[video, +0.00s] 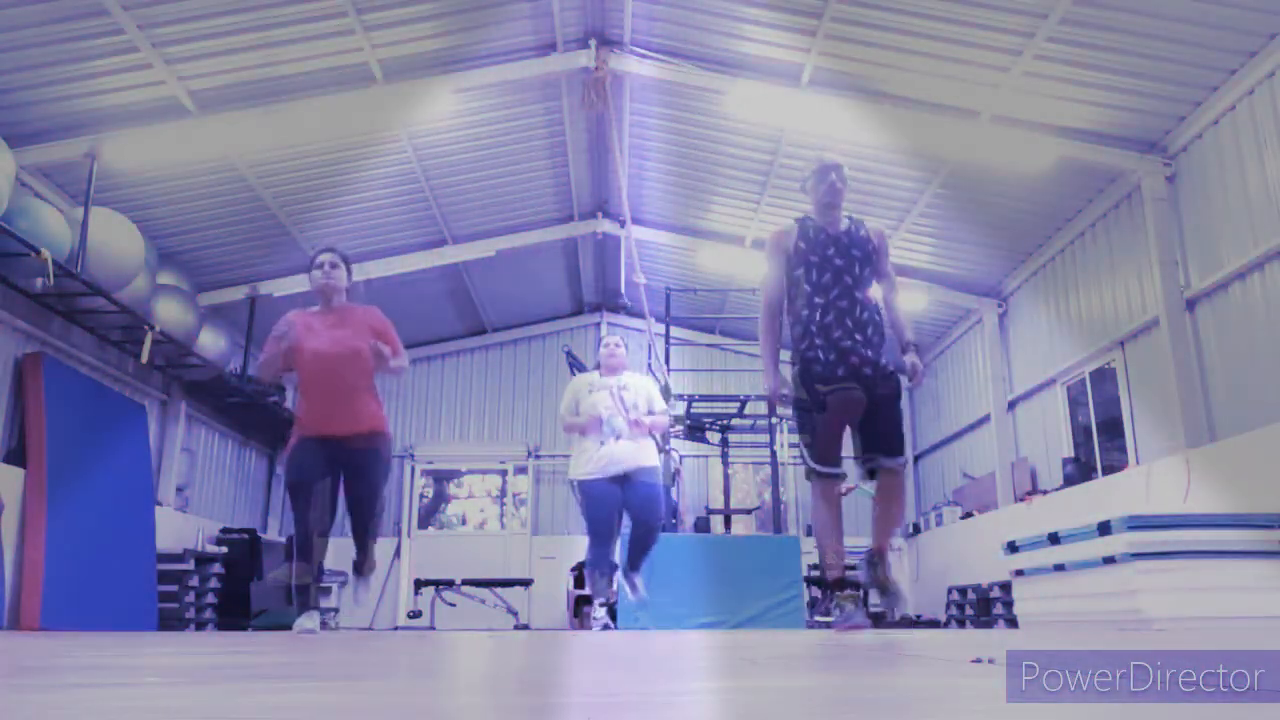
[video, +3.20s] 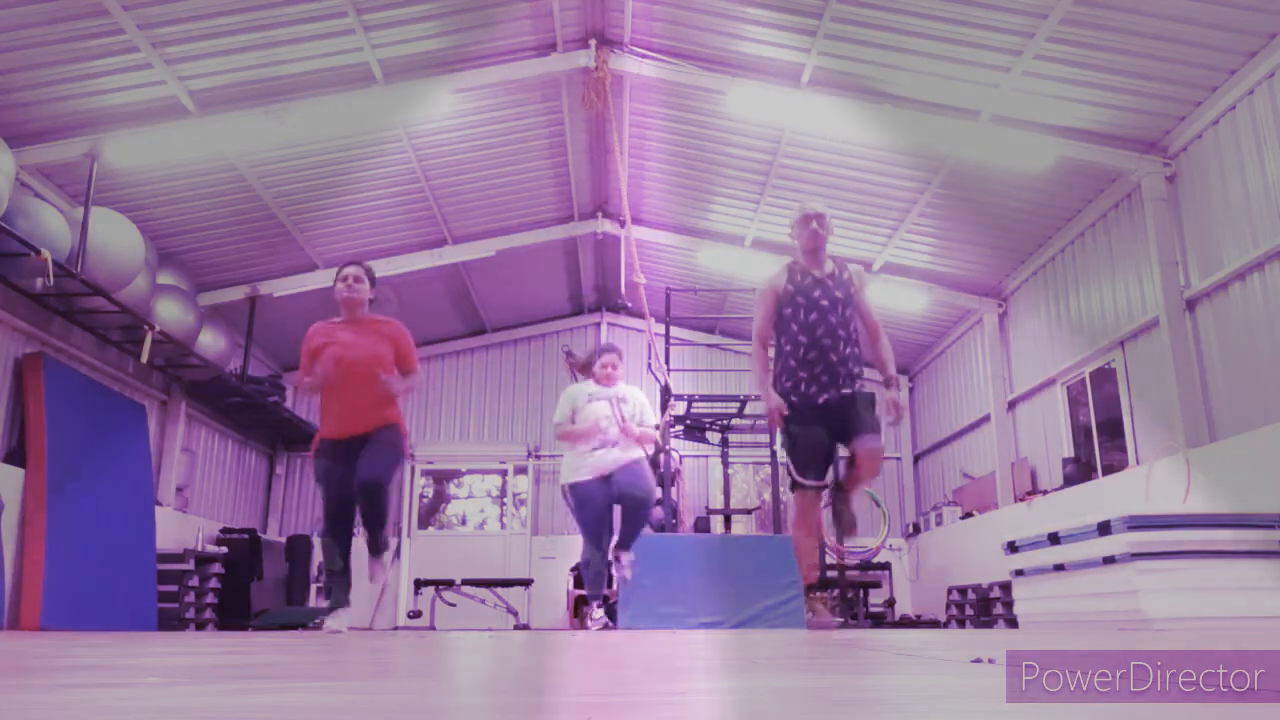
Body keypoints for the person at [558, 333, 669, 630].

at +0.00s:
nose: (613, 347)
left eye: (618, 344)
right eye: (607, 345)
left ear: (627, 355)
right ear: (598, 355)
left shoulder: (643, 382)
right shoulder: (580, 383)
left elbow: (665, 420)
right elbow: (565, 422)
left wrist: (645, 421)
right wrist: (587, 422)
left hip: (640, 466)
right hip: (595, 468)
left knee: (651, 519)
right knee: (602, 533)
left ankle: (632, 570)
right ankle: (599, 601)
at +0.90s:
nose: (629, 367)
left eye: (636, 364)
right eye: (625, 364)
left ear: (645, 373)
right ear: (618, 373)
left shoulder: (660, 401)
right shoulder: (604, 398)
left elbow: (676, 439)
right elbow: (585, 435)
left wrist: (646, 439)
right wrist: (603, 442)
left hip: (650, 475)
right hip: (609, 467)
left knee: (641, 541)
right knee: (603, 495)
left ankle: (642, 609)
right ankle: (609, 552)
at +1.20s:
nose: (630, 369)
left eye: (636, 366)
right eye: (625, 365)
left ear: (644, 376)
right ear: (616, 374)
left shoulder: (657, 402)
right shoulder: (601, 399)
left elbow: (674, 441)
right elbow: (584, 437)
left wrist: (647, 439)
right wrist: (603, 433)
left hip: (647, 479)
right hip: (606, 471)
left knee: (638, 547)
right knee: (613, 510)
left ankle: (639, 609)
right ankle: (606, 580)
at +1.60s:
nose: (619, 373)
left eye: (623, 369)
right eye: (614, 368)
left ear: (631, 375)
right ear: (606, 375)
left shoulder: (645, 403)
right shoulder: (588, 401)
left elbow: (663, 440)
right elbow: (575, 439)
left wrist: (643, 443)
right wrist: (599, 442)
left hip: (642, 486)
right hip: (601, 486)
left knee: (647, 535)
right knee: (610, 544)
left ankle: (631, 578)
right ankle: (608, 605)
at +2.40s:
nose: (619, 378)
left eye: (624, 373)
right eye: (615, 373)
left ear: (634, 378)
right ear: (609, 379)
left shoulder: (650, 407)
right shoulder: (593, 404)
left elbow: (666, 445)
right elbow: (577, 441)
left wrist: (645, 447)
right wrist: (595, 443)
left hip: (637, 483)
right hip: (596, 479)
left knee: (629, 549)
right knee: (590, 519)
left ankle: (628, 607)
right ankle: (596, 565)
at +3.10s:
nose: (611, 374)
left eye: (616, 369)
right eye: (605, 369)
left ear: (623, 373)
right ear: (595, 373)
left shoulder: (636, 401)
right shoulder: (577, 398)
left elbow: (654, 441)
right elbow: (563, 437)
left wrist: (634, 436)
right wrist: (591, 428)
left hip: (632, 479)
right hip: (588, 480)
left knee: (638, 534)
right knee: (596, 543)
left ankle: (616, 570)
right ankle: (596, 606)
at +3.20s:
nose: (609, 371)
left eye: (614, 367)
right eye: (604, 366)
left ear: (622, 368)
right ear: (593, 368)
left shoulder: (634, 395)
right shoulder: (574, 393)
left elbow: (653, 435)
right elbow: (560, 432)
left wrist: (635, 433)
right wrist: (588, 430)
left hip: (627, 461)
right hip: (584, 468)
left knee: (641, 495)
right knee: (597, 541)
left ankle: (623, 549)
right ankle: (595, 604)